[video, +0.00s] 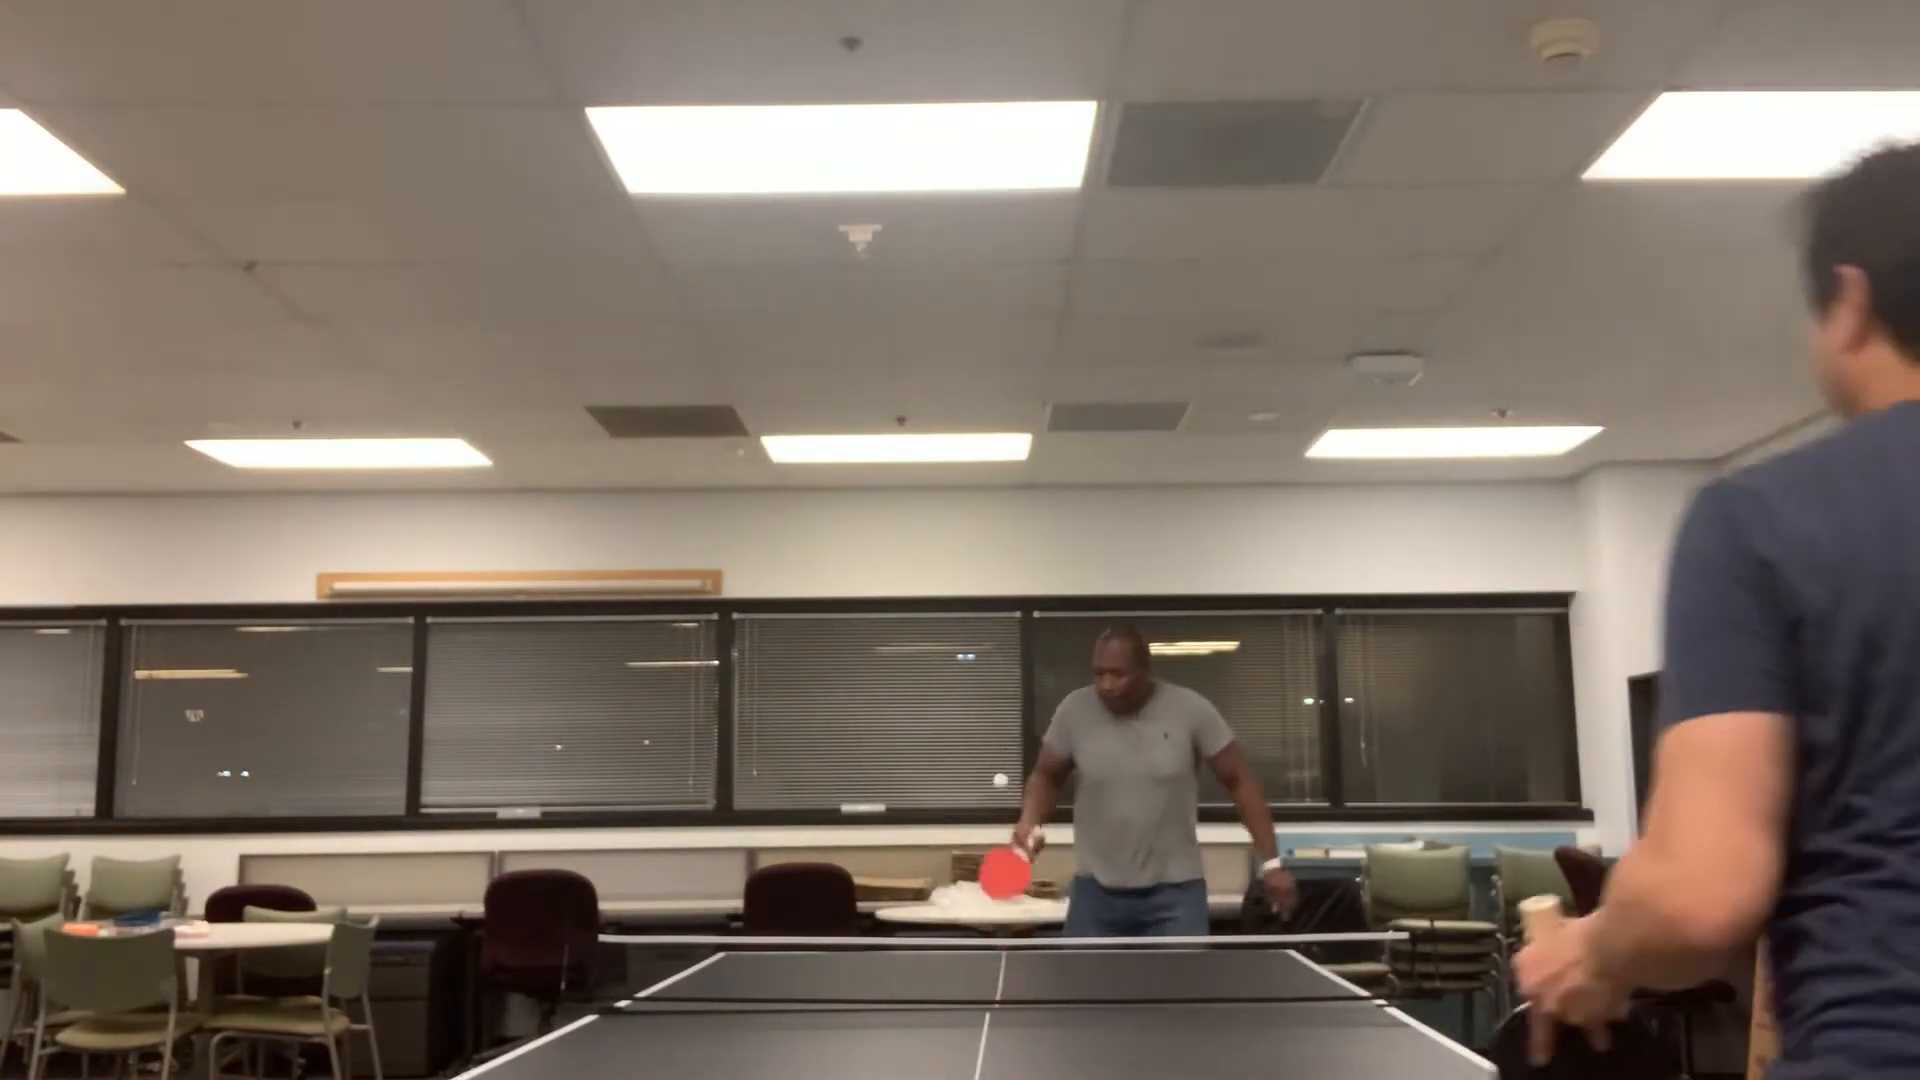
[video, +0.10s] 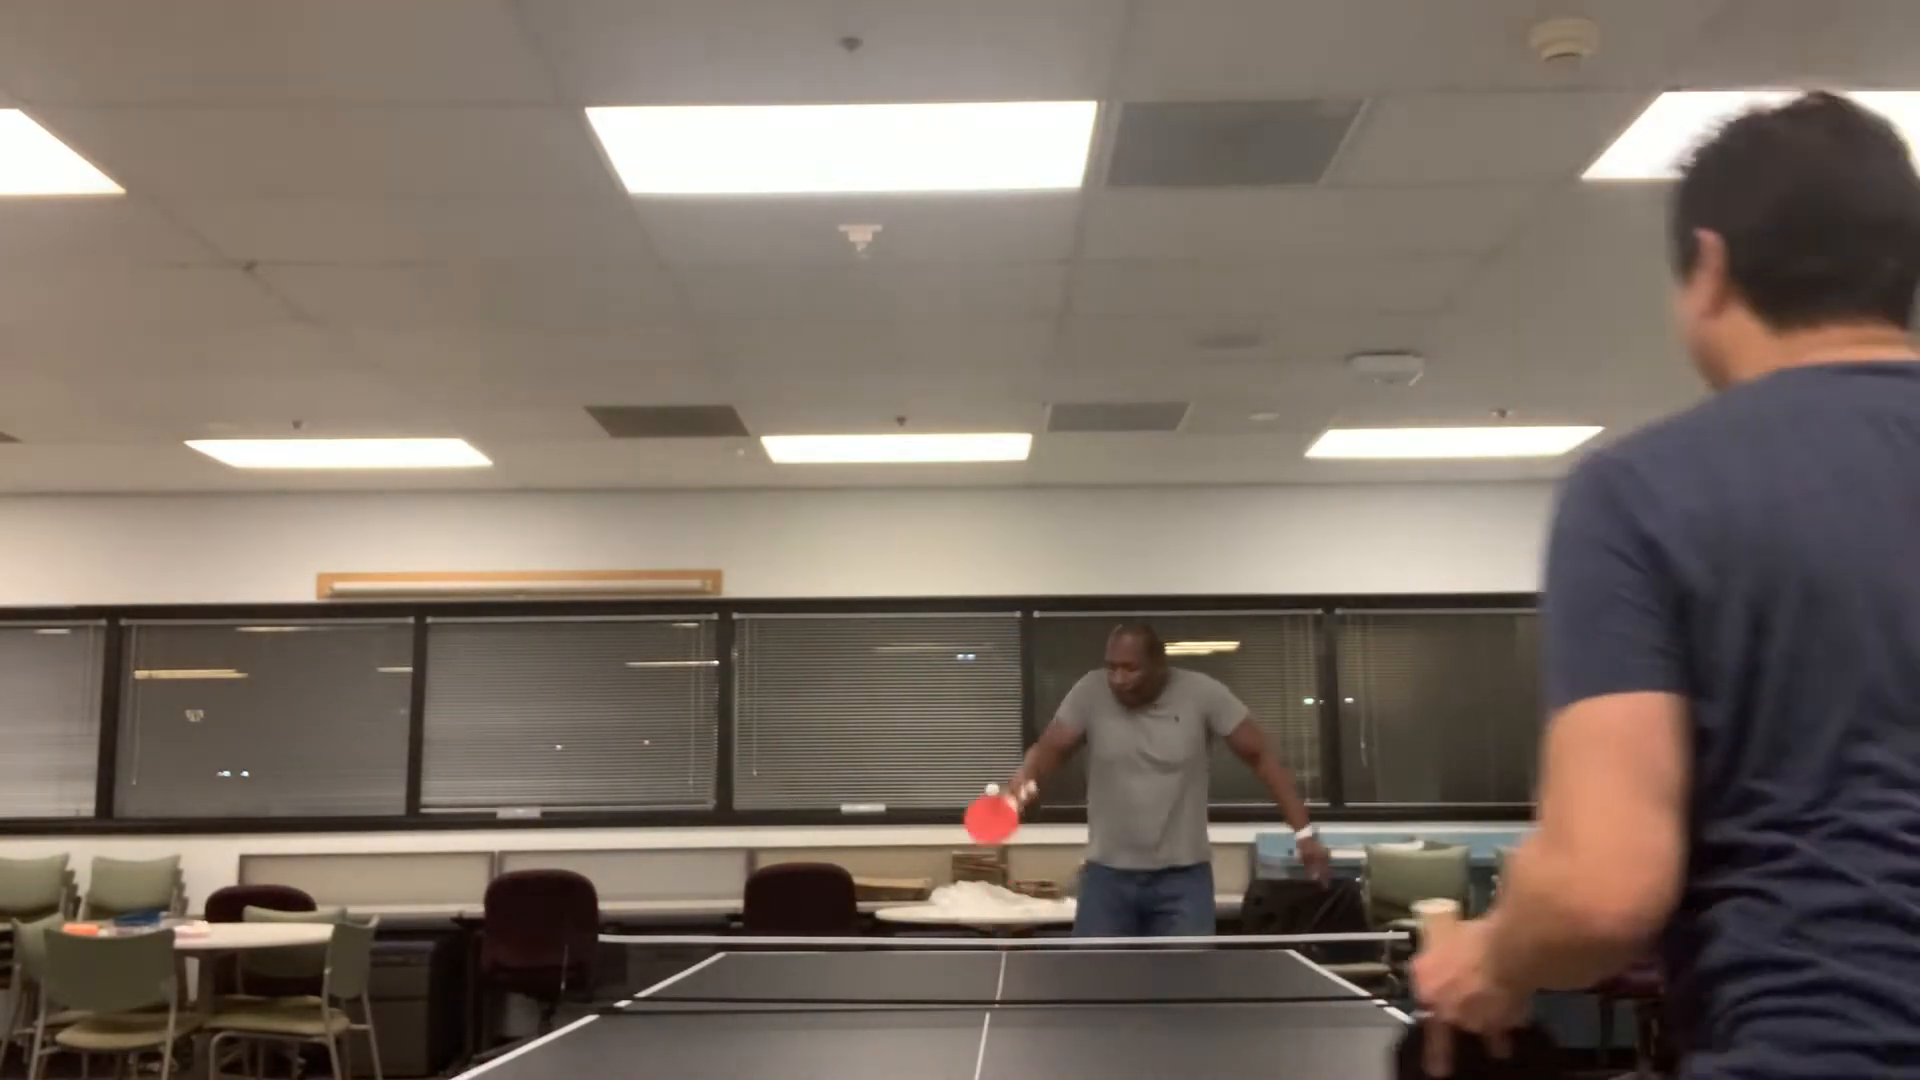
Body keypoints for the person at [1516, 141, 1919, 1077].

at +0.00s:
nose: (1812, 349)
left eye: (1812, 312)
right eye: (1811, 315)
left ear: (1853, 301)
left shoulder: (1772, 517)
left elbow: (1706, 896)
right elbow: (1708, 893)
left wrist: (1593, 959)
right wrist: (1603, 956)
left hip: (1867, 1041)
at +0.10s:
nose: (1680, 313)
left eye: (1678, 279)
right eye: (1676, 283)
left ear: (1711, 270)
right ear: (1898, 262)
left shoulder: (1648, 488)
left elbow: (1606, 888)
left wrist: (1492, 962)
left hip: (1806, 1039)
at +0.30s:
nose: (1508, 273)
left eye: (1502, 238)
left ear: (1534, 231)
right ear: (1747, 220)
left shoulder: (1519, 450)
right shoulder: (1902, 399)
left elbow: (1501, 863)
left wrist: (1303, 955)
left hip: (1699, 1042)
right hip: (1905, 1027)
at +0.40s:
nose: (1496, 272)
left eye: (1490, 237)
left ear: (1524, 231)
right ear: (1736, 218)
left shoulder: (1531, 448)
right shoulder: (1904, 407)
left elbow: (1534, 862)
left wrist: (1288, 979)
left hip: (1718, 1042)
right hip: (1911, 1029)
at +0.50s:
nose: (1533, 286)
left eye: (1528, 249)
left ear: (1562, 239)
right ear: (1775, 230)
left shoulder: (1571, 452)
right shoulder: (1902, 410)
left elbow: (1594, 859)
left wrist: (1323, 1000)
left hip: (1738, 1046)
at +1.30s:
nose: (1707, 432)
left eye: (1703, 408)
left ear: (1725, 407)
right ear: (1895, 397)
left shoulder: (1645, 585)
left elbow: (1579, 815)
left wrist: (1562, 701)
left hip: (1740, 1050)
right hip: (1910, 1043)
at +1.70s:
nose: (1634, 417)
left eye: (1631, 388)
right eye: (1632, 389)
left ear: (1653, 389)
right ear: (1809, 380)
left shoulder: (1572, 561)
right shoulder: (1905, 504)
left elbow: (1397, 762)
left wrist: (1294, 709)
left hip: (1668, 1033)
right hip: (1885, 1028)